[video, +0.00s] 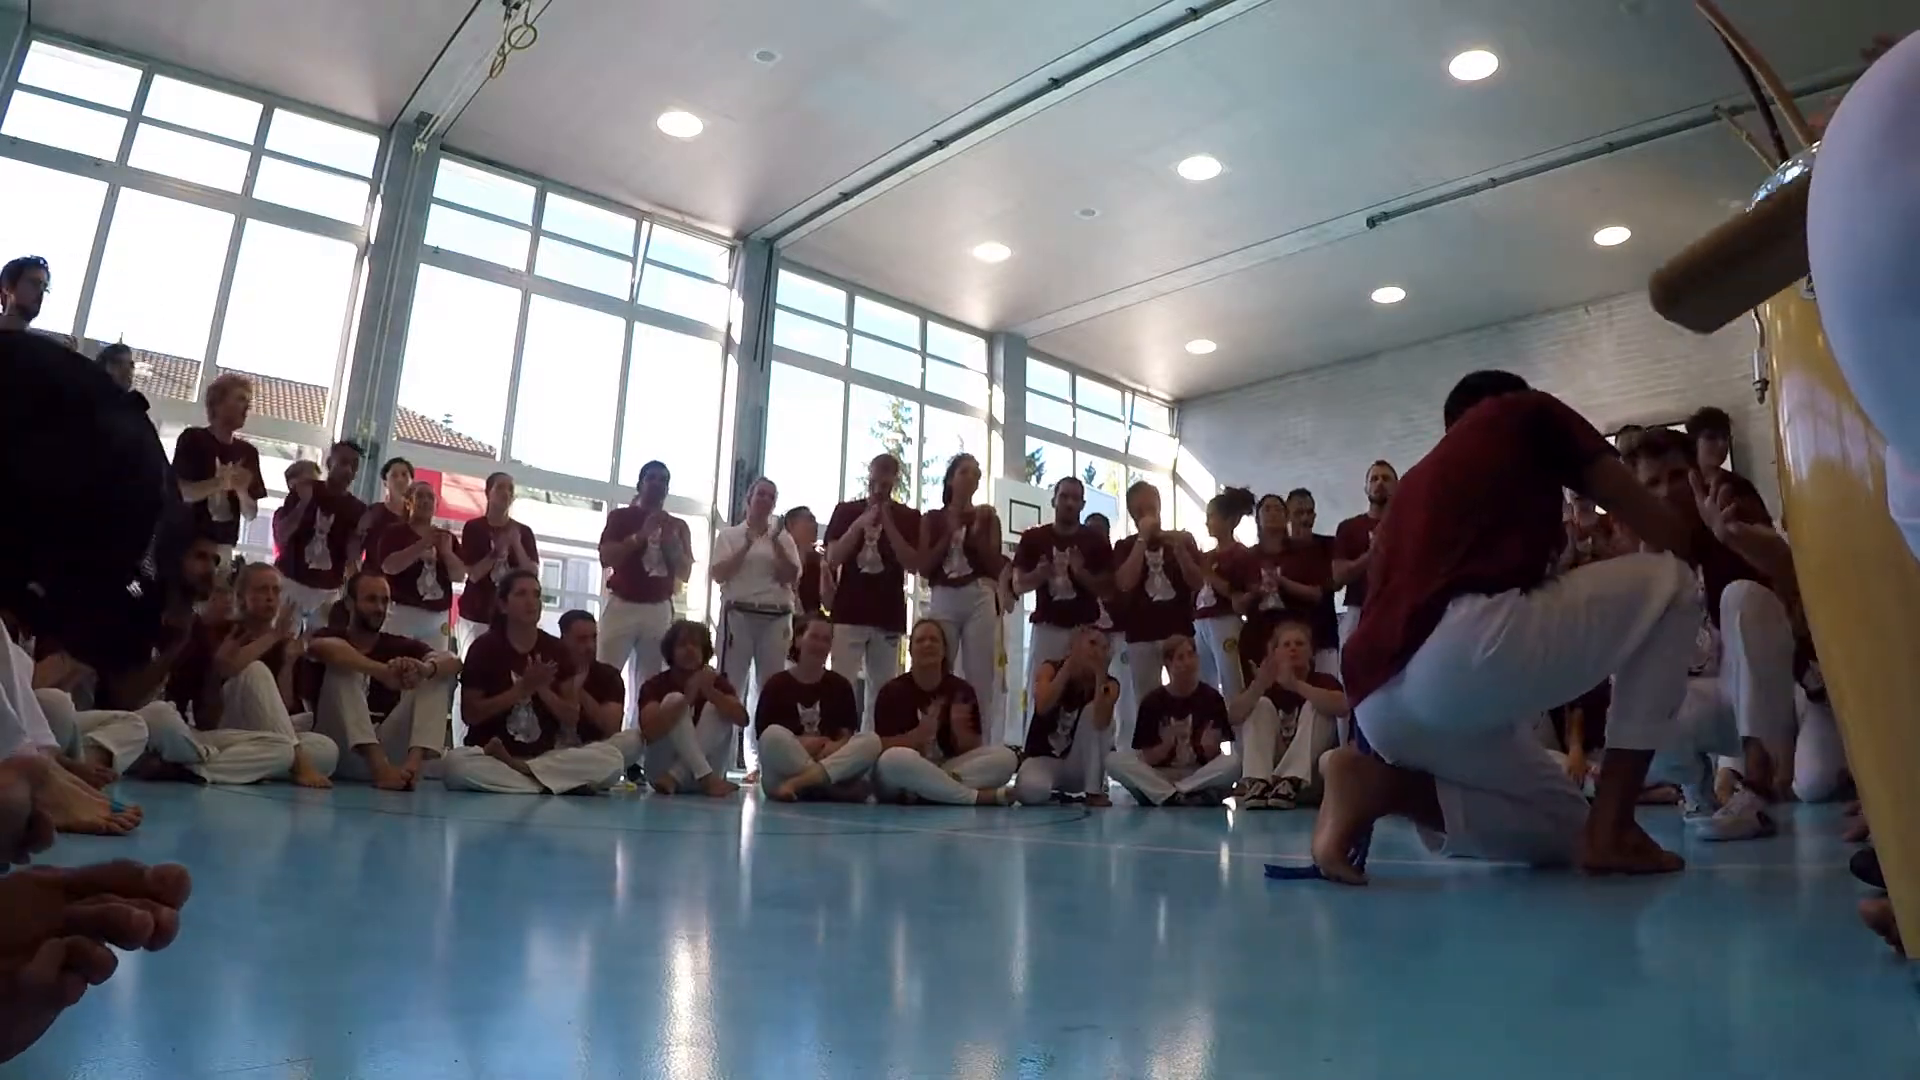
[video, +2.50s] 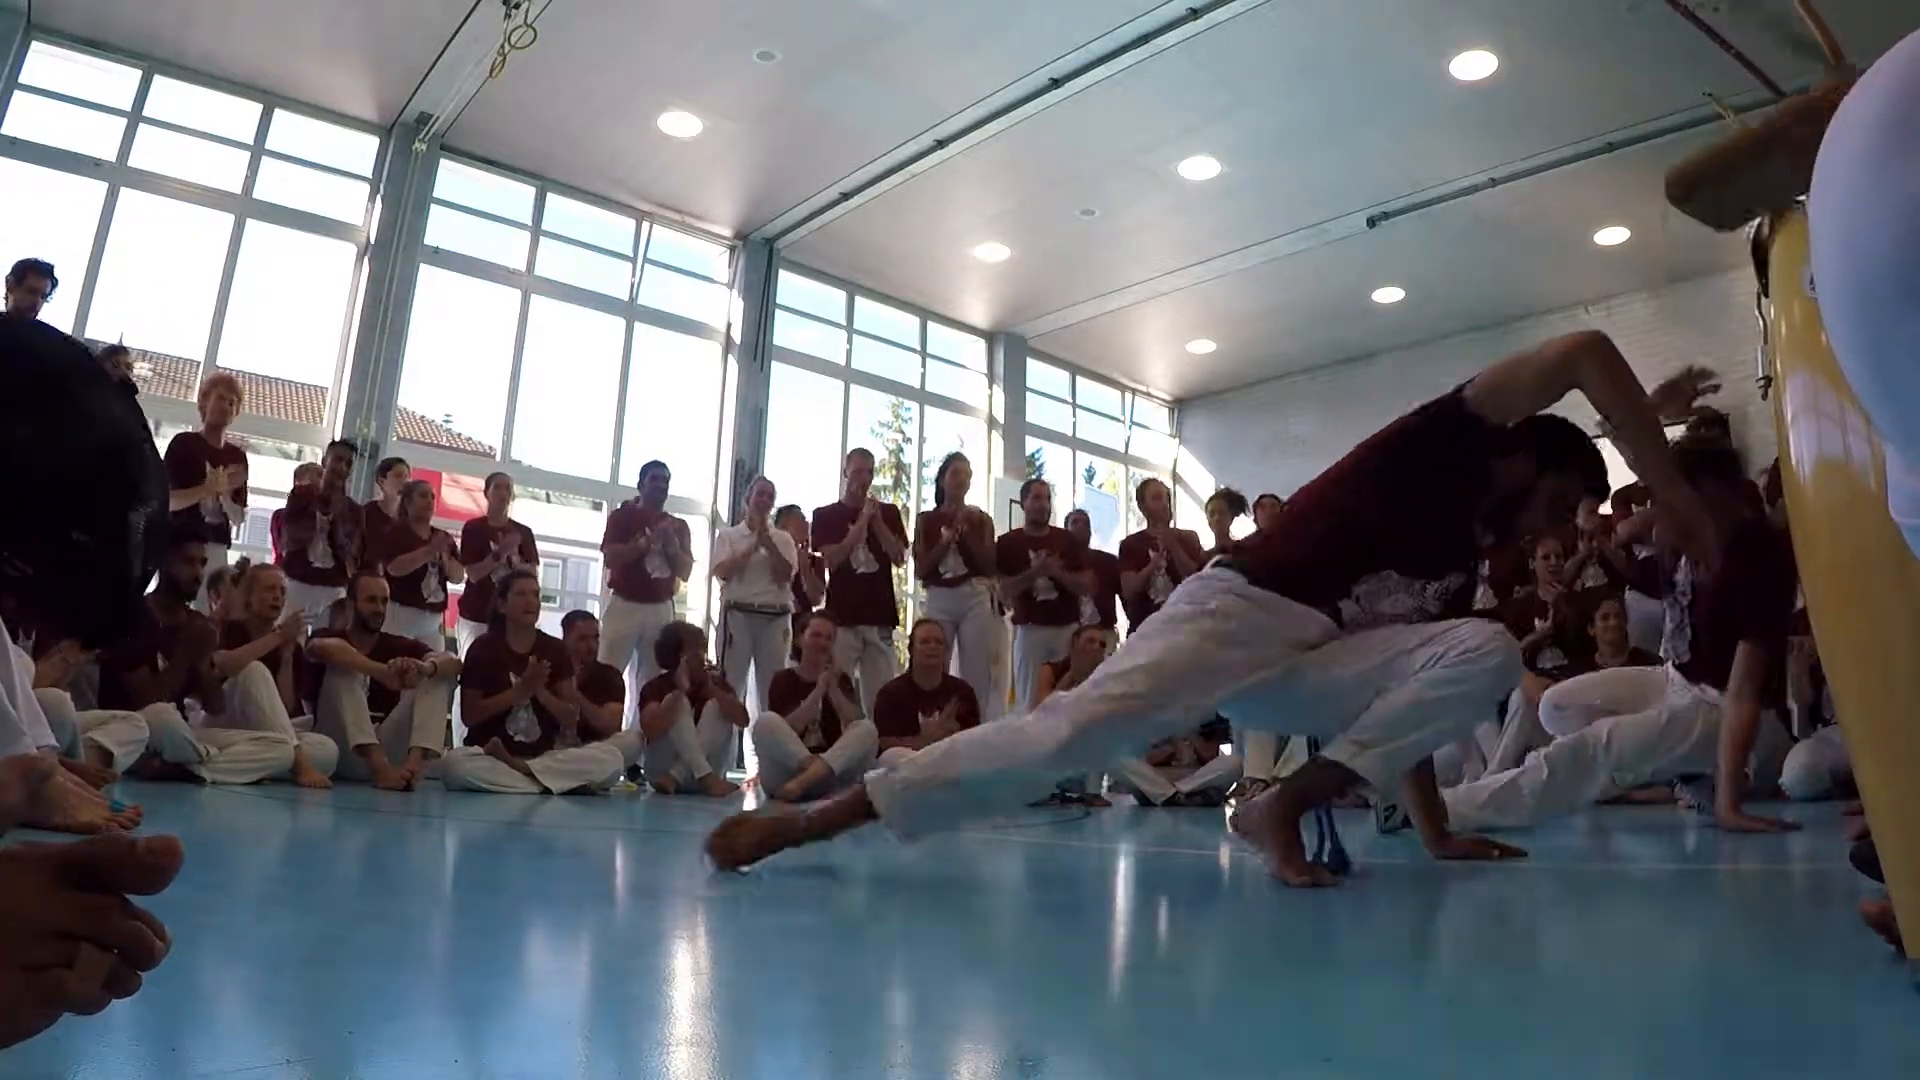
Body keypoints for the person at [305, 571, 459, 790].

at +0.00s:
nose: (380, 608)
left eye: (385, 601)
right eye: (371, 600)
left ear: (390, 603)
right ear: (350, 603)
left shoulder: (393, 643)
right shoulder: (329, 636)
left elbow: (454, 662)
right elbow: (319, 648)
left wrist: (426, 668)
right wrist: (382, 671)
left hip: (386, 752)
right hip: (336, 750)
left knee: (437, 672)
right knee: (342, 663)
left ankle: (414, 762)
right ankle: (379, 765)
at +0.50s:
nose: (380, 608)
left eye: (384, 601)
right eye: (371, 600)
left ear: (389, 603)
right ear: (350, 603)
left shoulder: (393, 643)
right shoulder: (328, 638)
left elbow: (454, 662)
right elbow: (318, 648)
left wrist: (426, 667)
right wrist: (382, 672)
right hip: (335, 750)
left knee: (438, 673)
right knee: (342, 663)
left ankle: (414, 764)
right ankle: (379, 765)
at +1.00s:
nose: (380, 608)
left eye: (384, 601)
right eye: (371, 600)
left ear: (389, 604)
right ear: (350, 603)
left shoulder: (394, 643)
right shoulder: (329, 636)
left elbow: (454, 663)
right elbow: (318, 648)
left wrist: (426, 667)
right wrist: (383, 672)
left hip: (387, 752)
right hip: (336, 750)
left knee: (438, 673)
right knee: (342, 663)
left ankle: (414, 763)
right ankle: (379, 765)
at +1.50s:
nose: (380, 608)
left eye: (384, 601)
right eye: (371, 600)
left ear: (389, 604)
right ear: (350, 603)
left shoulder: (394, 643)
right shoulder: (327, 637)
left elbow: (454, 663)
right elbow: (319, 649)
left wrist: (426, 667)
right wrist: (383, 672)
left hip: (386, 752)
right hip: (336, 750)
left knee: (438, 673)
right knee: (342, 664)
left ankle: (414, 764)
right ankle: (379, 766)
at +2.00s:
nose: (380, 608)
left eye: (384, 601)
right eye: (371, 600)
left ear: (389, 604)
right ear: (351, 603)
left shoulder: (395, 644)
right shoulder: (327, 637)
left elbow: (454, 663)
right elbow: (325, 649)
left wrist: (426, 667)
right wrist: (382, 672)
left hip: (386, 752)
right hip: (336, 750)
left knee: (437, 673)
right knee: (343, 664)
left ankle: (414, 764)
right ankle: (379, 766)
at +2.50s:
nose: (380, 608)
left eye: (384, 601)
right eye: (371, 601)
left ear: (389, 603)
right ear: (352, 603)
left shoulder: (395, 644)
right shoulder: (328, 638)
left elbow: (455, 663)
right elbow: (319, 648)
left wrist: (426, 667)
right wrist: (383, 672)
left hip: (387, 751)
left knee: (437, 674)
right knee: (343, 663)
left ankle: (414, 764)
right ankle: (379, 766)